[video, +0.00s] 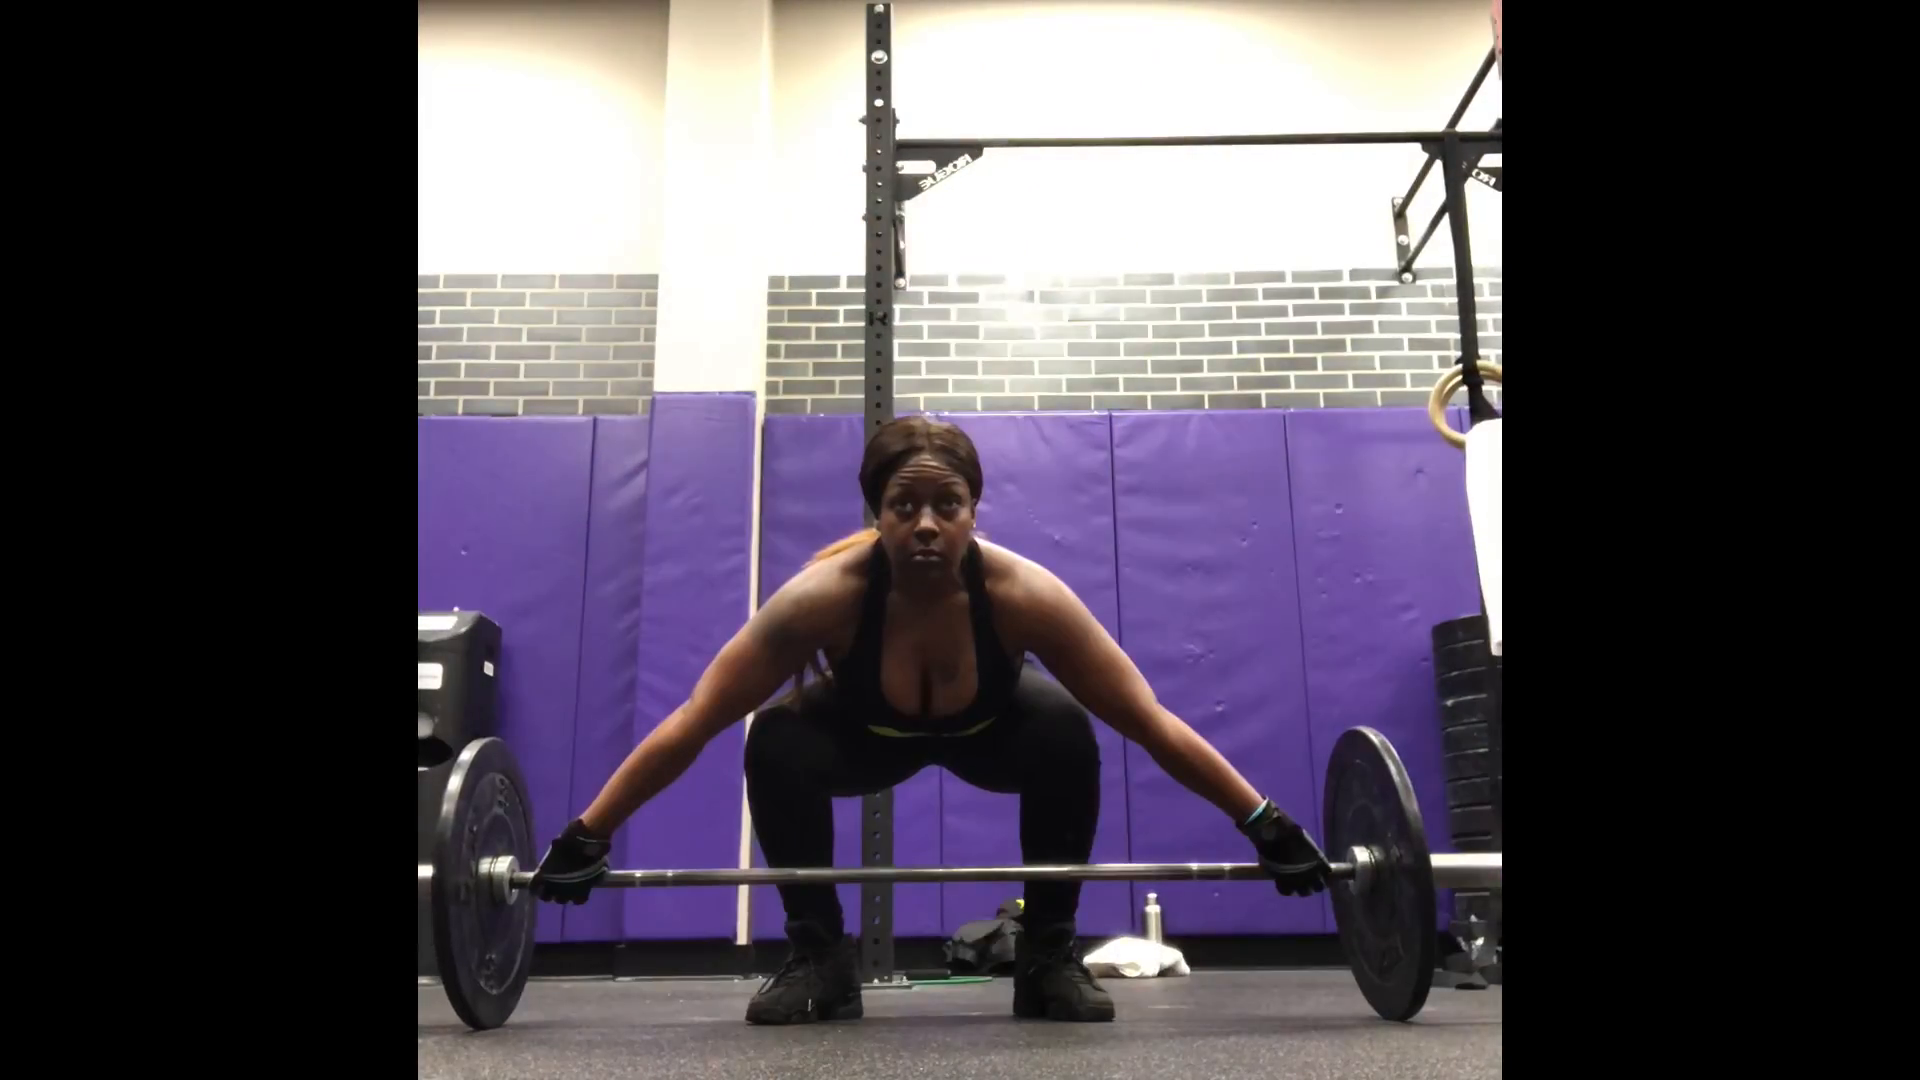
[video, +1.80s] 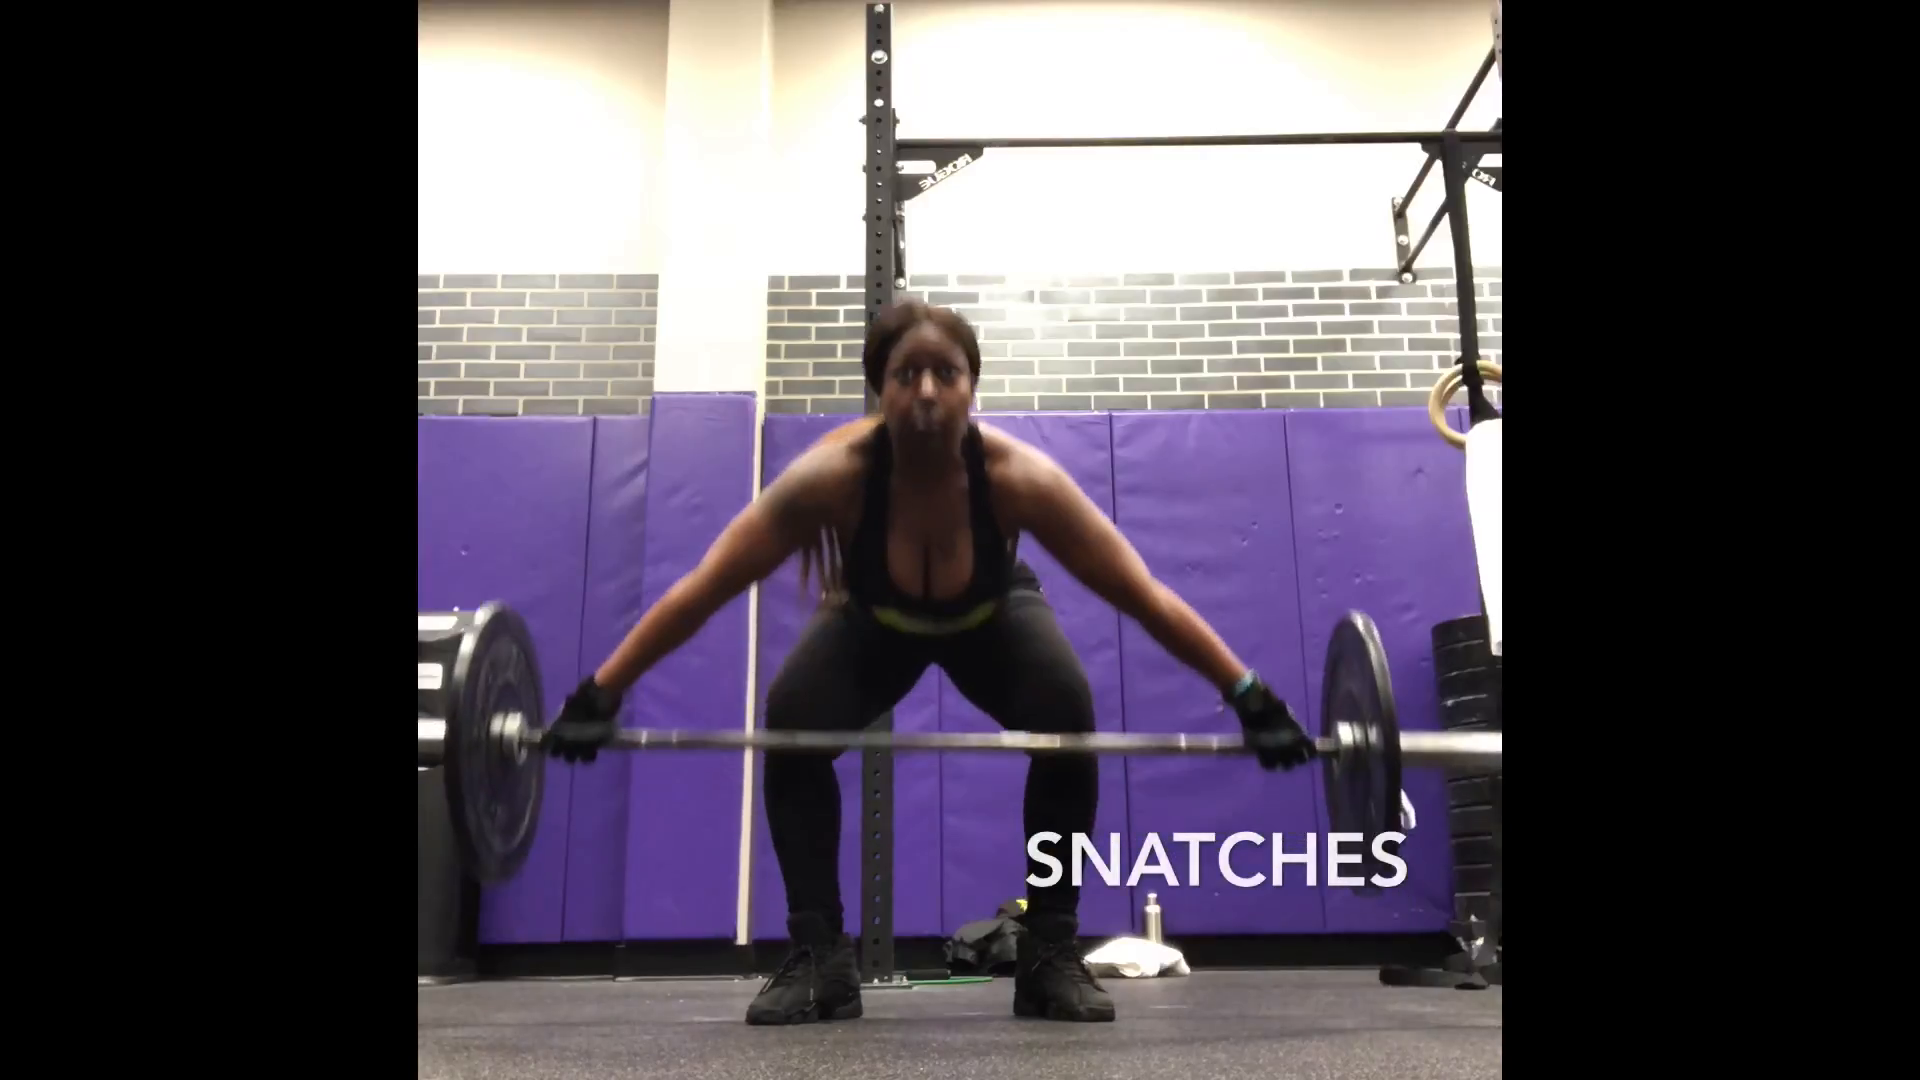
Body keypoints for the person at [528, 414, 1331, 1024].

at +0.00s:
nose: (928, 522)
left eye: (946, 503)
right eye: (908, 505)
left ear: (973, 510)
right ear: (877, 514)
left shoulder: (1025, 594)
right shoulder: (823, 595)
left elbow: (1151, 724)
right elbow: (696, 724)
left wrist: (1263, 821)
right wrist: (585, 834)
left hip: (985, 731)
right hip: (865, 735)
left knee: (1065, 736)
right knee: (777, 746)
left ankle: (1049, 961)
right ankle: (819, 961)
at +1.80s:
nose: (927, 389)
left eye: (945, 372)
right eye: (909, 373)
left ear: (972, 387)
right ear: (879, 390)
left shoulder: (1021, 480)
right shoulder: (831, 477)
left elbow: (1139, 593)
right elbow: (708, 586)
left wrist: (1247, 691)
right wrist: (599, 691)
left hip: (991, 622)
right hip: (876, 626)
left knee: (1069, 720)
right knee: (789, 729)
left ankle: (1050, 960)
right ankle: (817, 959)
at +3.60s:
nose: (943, 388)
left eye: (961, 375)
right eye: (924, 377)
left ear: (988, 397)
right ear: (900, 401)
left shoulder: (1031, 479)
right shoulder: (858, 475)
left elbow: (1162, 412)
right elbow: (731, 406)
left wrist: (1258, 336)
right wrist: (645, 331)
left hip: (1007, 714)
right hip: (884, 717)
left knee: (1145, 753)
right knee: (731, 752)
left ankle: (1185, 964)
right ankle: (705, 960)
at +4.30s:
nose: (947, 370)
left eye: (965, 361)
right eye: (928, 363)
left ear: (992, 392)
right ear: (904, 395)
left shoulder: (1034, 470)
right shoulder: (862, 466)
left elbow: (1164, 411)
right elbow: (732, 404)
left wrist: (1263, 341)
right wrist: (641, 325)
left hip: (1007, 705)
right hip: (885, 706)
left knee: (1141, 754)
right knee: (738, 750)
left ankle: (1184, 962)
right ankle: (704, 960)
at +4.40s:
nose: (947, 353)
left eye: (966, 343)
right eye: (929, 345)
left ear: (993, 376)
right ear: (907, 379)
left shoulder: (1037, 455)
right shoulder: (865, 451)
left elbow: (1168, 397)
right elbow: (737, 393)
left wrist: (1261, 329)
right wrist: (647, 315)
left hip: (1007, 691)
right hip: (886, 693)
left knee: (1141, 752)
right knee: (737, 749)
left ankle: (1185, 963)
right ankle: (704, 962)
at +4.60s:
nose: (957, 313)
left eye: (975, 304)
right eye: (939, 305)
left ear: (1000, 336)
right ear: (912, 338)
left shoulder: (1040, 418)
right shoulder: (873, 412)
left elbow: (1170, 364)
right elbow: (748, 358)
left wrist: (1268, 293)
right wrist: (657, 283)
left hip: (1013, 657)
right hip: (890, 660)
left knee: (1145, 743)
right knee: (741, 744)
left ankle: (1184, 963)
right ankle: (703, 963)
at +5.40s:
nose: (947, 194)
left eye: (965, 183)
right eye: (930, 184)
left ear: (989, 209)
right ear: (906, 210)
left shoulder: (1025, 291)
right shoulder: (866, 286)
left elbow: (1155, 235)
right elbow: (753, 222)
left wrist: (1241, 178)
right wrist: (666, 146)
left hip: (1000, 530)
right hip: (891, 531)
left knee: (1081, 722)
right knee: (873, 732)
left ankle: (1177, 937)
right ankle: (858, 957)